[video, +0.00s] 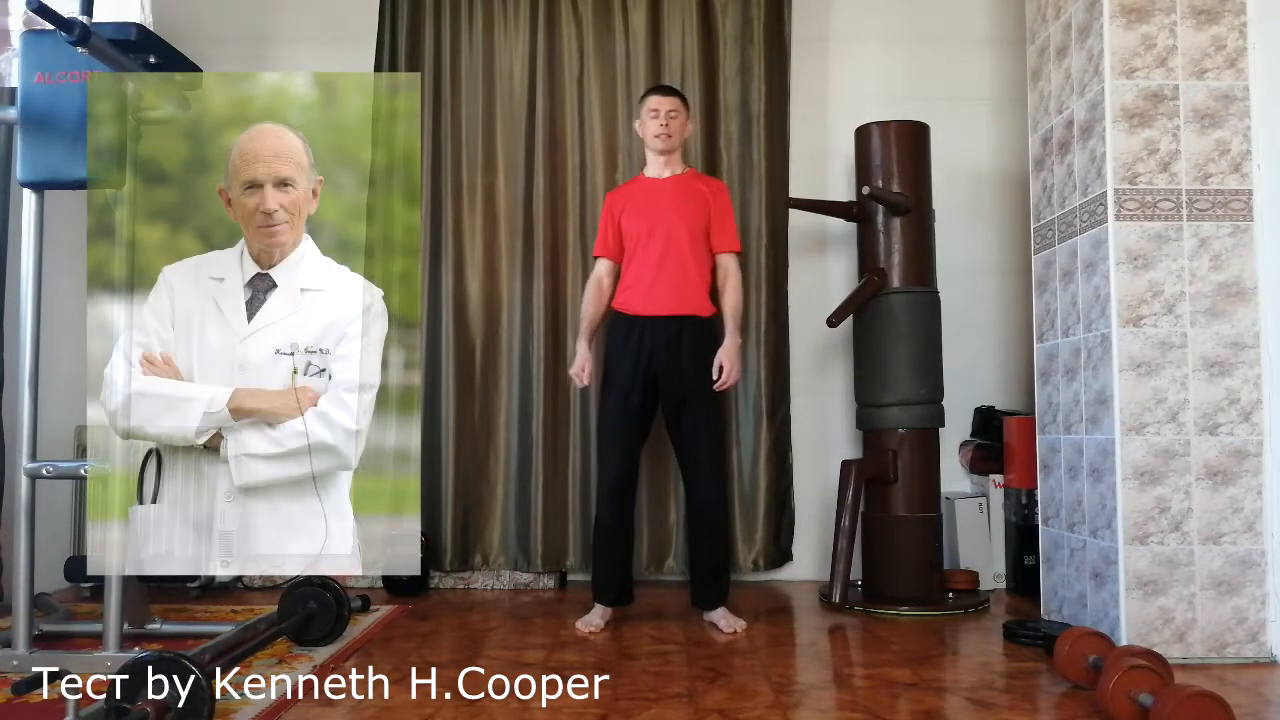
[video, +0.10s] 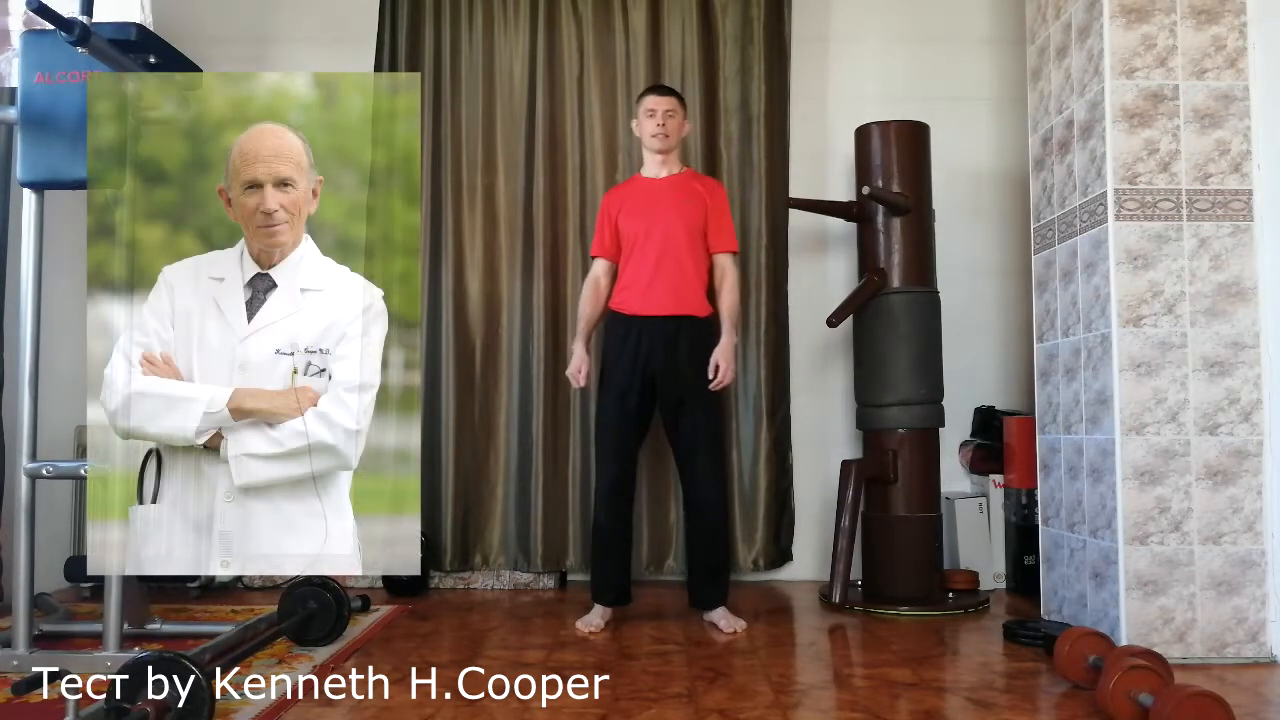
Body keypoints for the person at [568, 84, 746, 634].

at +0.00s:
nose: (663, 122)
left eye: (673, 114)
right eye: (653, 114)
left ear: (688, 127)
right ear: (638, 128)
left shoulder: (711, 191)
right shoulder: (619, 199)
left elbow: (728, 272)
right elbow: (603, 276)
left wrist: (731, 339)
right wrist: (584, 339)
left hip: (694, 340)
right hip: (628, 340)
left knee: (706, 475)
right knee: (615, 473)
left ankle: (711, 601)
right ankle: (607, 599)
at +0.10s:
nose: (660, 122)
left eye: (669, 114)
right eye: (650, 115)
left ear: (685, 127)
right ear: (635, 127)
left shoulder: (708, 191)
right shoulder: (617, 198)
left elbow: (726, 271)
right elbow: (600, 276)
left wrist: (728, 338)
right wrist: (580, 339)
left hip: (692, 339)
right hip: (626, 339)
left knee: (704, 475)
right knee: (613, 473)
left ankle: (710, 601)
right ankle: (606, 600)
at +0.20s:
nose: (658, 122)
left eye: (667, 114)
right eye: (648, 114)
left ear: (684, 127)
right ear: (633, 127)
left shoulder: (705, 191)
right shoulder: (615, 197)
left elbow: (724, 270)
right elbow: (598, 275)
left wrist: (724, 336)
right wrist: (578, 339)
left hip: (689, 339)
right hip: (624, 339)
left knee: (703, 475)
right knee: (612, 473)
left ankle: (710, 601)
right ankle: (606, 599)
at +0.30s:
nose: (657, 122)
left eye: (666, 114)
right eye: (647, 114)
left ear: (683, 127)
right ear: (632, 127)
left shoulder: (704, 192)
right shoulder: (613, 196)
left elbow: (722, 271)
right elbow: (596, 275)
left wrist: (721, 335)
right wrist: (577, 341)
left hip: (687, 339)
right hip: (622, 339)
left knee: (703, 475)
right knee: (611, 473)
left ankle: (710, 601)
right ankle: (606, 599)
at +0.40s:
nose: (657, 122)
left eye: (666, 114)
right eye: (647, 114)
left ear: (682, 127)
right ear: (632, 127)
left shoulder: (703, 192)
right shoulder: (612, 196)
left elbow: (722, 271)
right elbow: (595, 274)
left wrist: (720, 335)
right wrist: (577, 340)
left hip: (687, 339)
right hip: (622, 339)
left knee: (703, 474)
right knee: (611, 472)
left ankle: (710, 601)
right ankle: (606, 599)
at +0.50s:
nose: (657, 122)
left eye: (667, 114)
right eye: (648, 115)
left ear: (682, 127)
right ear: (632, 127)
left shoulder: (703, 192)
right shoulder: (612, 196)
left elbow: (721, 271)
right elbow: (595, 274)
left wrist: (721, 336)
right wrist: (577, 340)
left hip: (687, 339)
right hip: (622, 339)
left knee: (703, 475)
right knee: (610, 473)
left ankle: (710, 601)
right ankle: (606, 600)